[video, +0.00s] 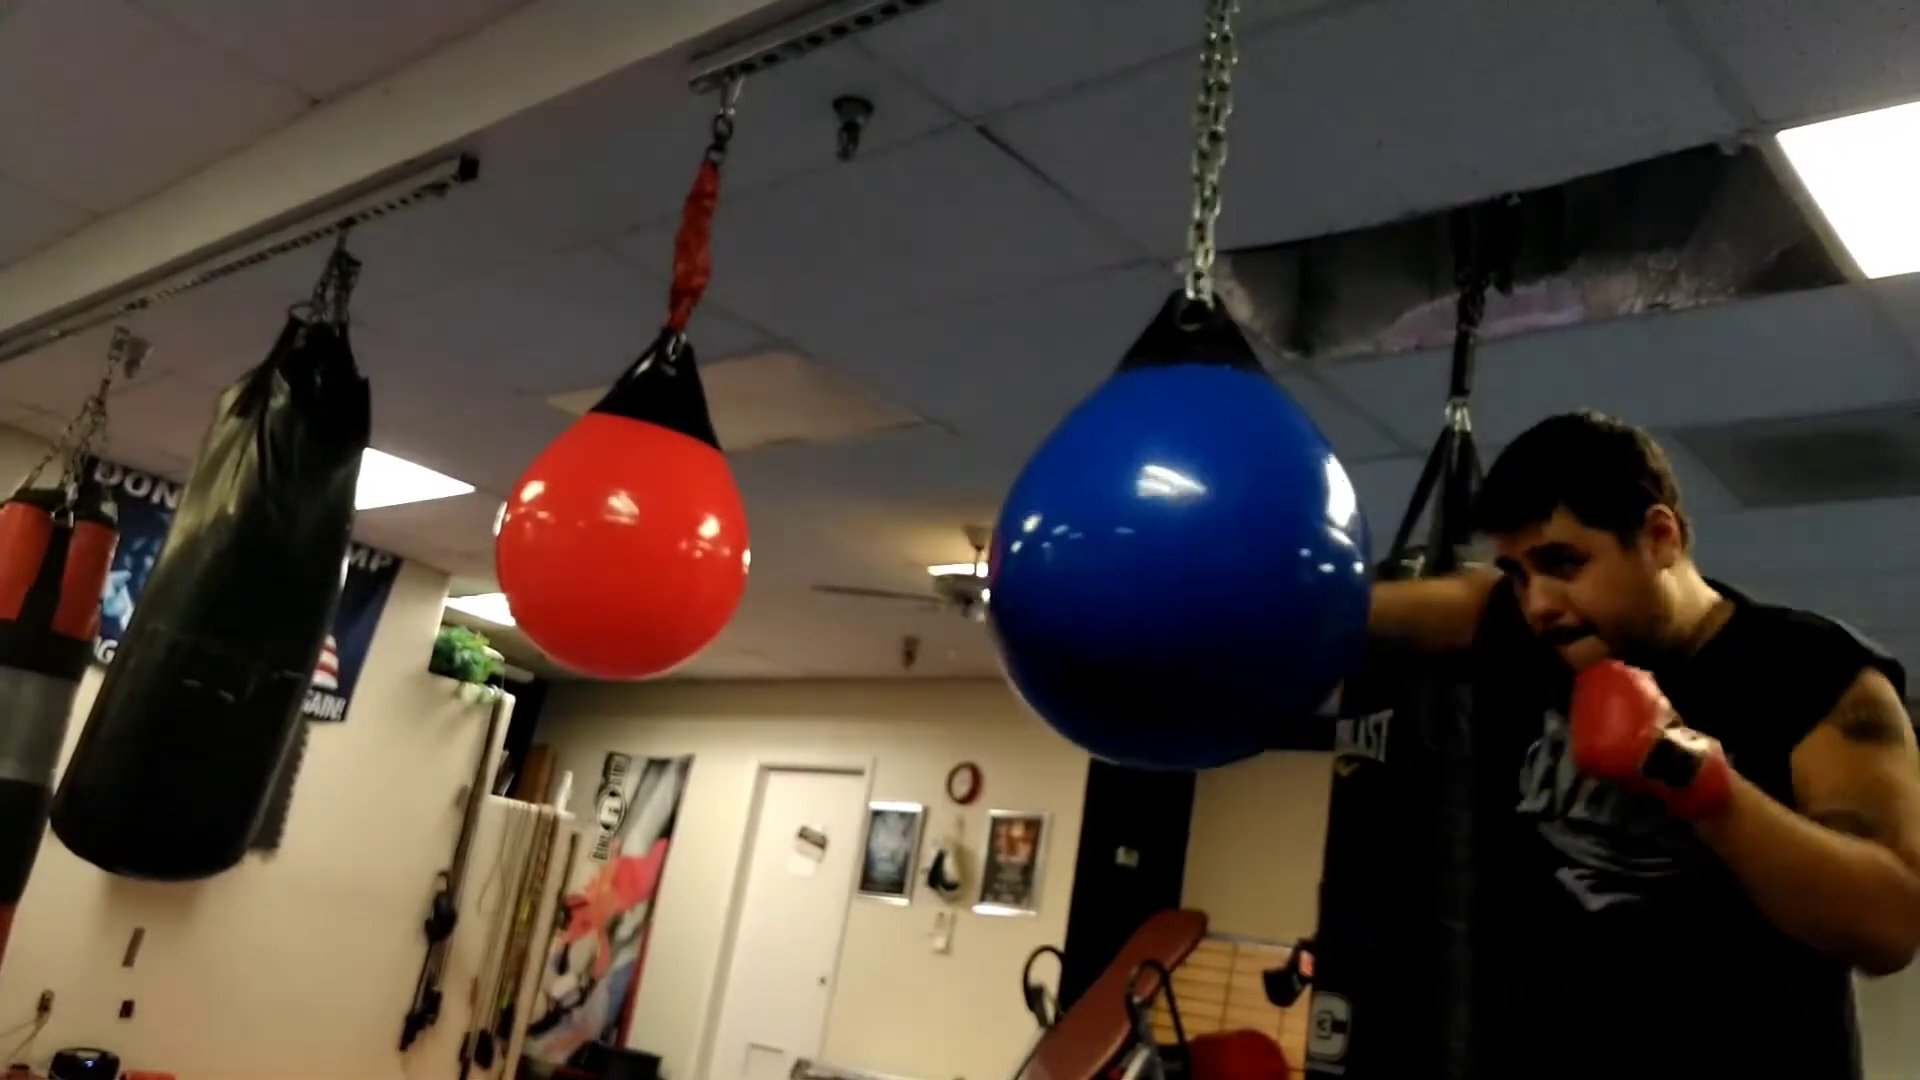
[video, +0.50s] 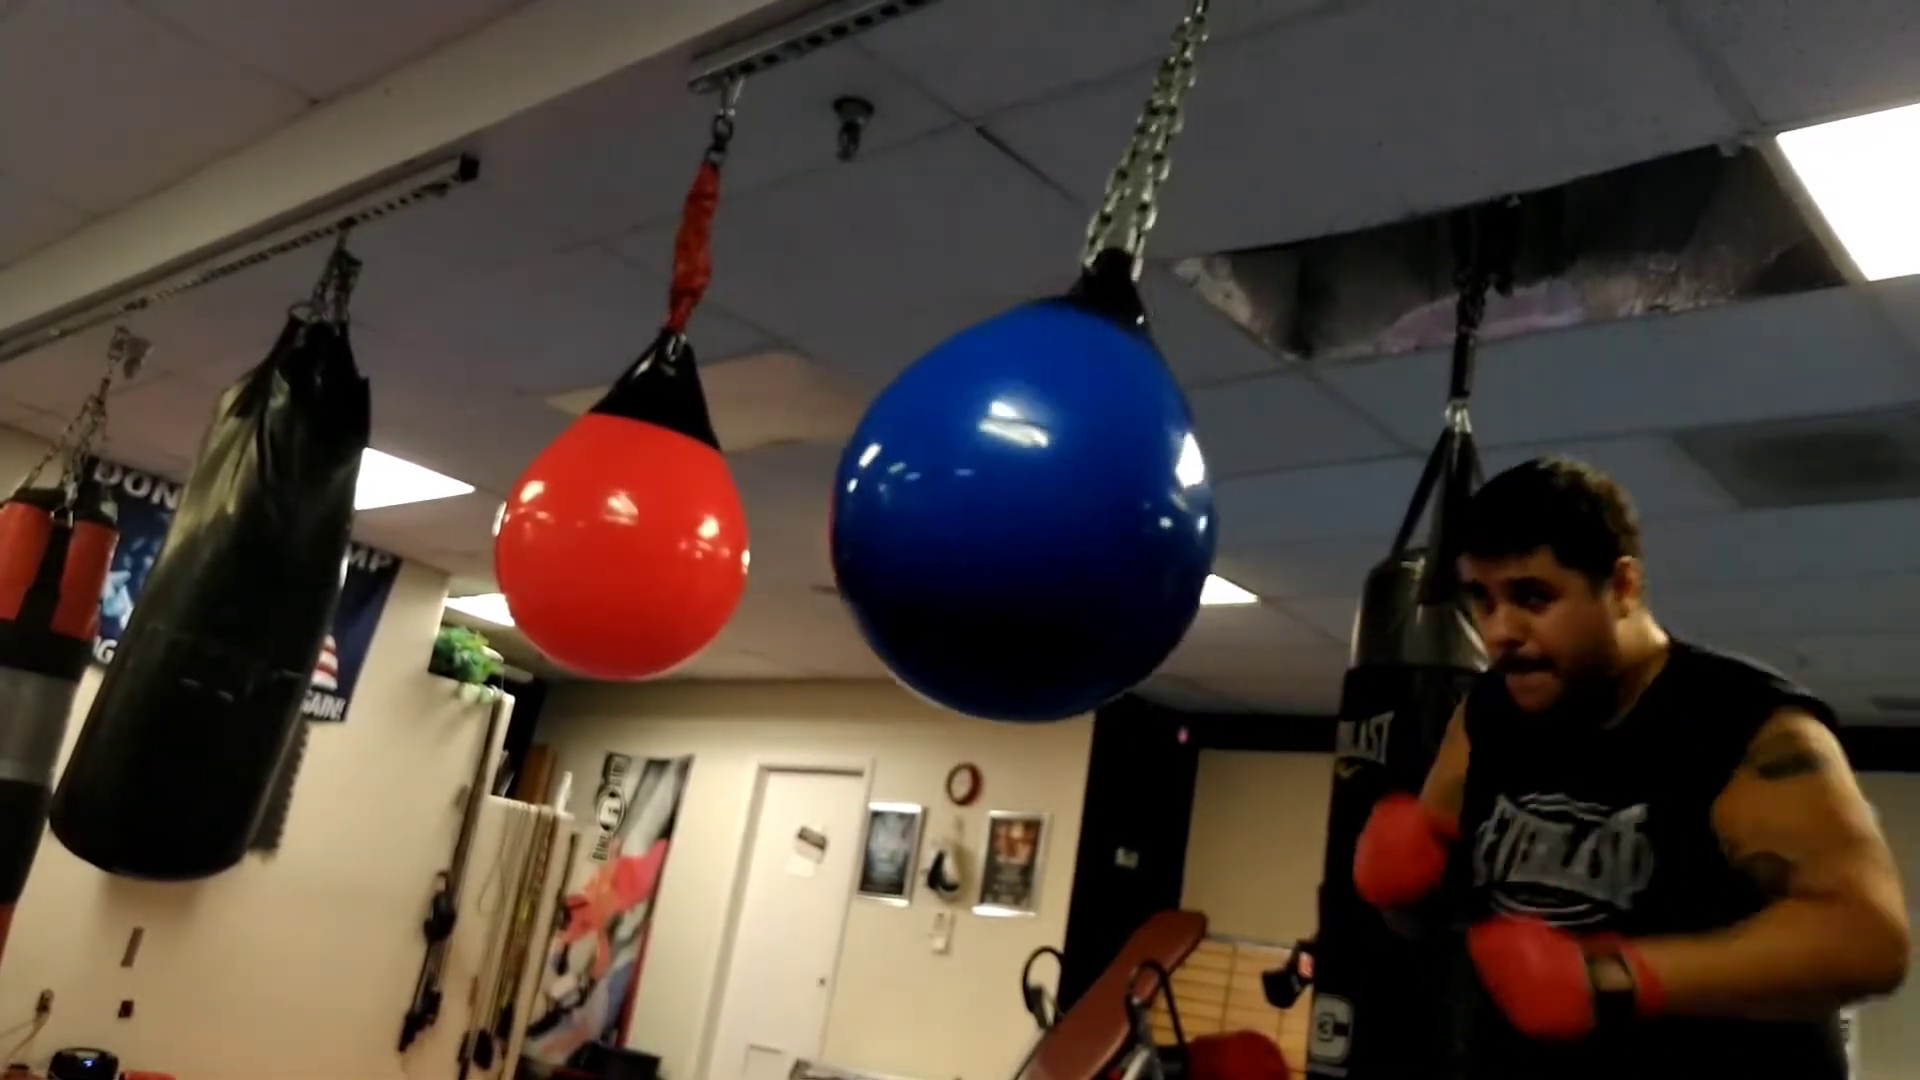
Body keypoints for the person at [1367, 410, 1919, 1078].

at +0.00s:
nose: (1537, 607)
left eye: (1561, 565)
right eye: (1518, 576)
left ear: (1661, 535)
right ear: (1502, 573)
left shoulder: (1821, 676)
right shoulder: (1535, 625)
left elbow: (1887, 924)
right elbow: (1331, 613)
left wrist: (1699, 783)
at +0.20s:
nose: (1625, 586)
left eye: (1659, 547)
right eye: (1596, 553)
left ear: (1743, 540)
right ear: (1571, 553)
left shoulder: (1841, 685)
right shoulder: (1547, 627)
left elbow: (1898, 932)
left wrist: (1721, 778)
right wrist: (1383, 685)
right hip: (1544, 1079)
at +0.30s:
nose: (1608, 593)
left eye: (1641, 555)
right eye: (1579, 560)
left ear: (1725, 544)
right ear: (1556, 561)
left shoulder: (1834, 697)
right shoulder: (1536, 647)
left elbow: (1897, 949)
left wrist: (1710, 808)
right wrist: (1438, 762)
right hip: (1547, 1076)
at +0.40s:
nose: (1559, 615)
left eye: (1593, 578)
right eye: (1535, 583)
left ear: (1679, 567)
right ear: (1516, 585)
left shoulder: (1804, 714)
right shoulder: (1507, 691)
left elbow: (1884, 958)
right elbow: (1417, 902)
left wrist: (1664, 896)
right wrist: (1425, 844)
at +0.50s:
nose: (1499, 632)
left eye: (1532, 599)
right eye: (1482, 602)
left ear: (1623, 587)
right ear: (1469, 605)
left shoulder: (1758, 732)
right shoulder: (1491, 713)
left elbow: (1866, 937)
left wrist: (1612, 975)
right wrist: (1401, 868)